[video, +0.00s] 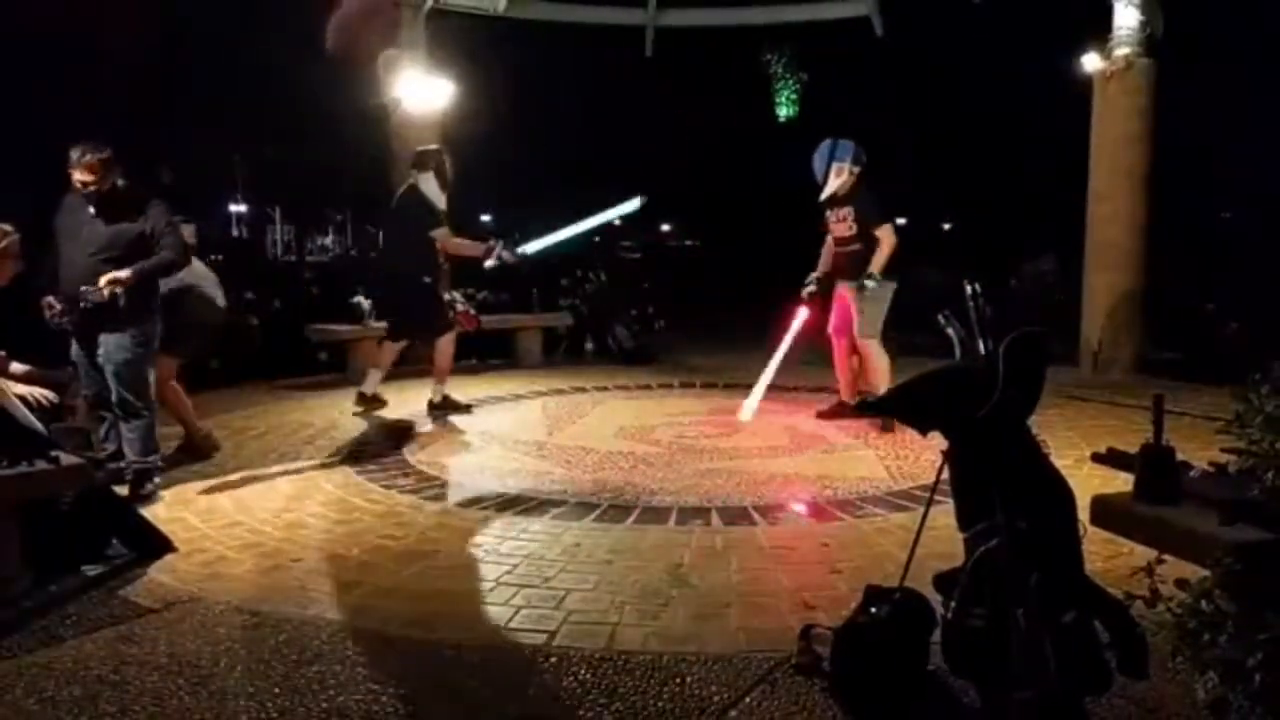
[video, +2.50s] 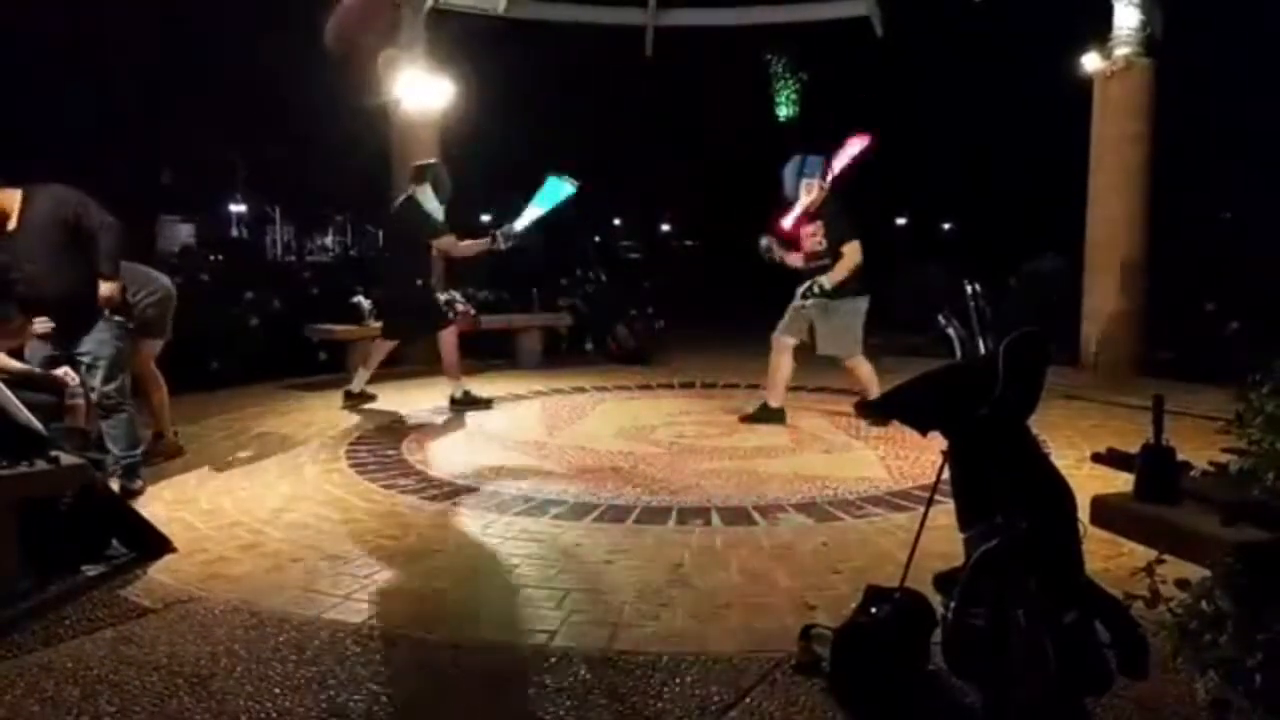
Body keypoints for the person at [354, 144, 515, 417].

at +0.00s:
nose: (450, 175)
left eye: (448, 169)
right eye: (446, 169)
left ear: (419, 168)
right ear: (435, 169)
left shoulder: (408, 195)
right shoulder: (422, 197)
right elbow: (446, 242)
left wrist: (482, 248)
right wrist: (486, 249)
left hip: (397, 277)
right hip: (415, 279)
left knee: (399, 332)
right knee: (446, 329)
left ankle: (368, 390)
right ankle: (439, 396)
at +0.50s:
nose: (448, 174)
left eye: (447, 168)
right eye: (444, 168)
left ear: (418, 168)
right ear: (432, 168)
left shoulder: (408, 193)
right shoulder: (421, 197)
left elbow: (420, 244)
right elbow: (424, 246)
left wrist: (446, 264)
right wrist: (453, 269)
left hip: (403, 274)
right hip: (417, 275)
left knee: (408, 329)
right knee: (449, 328)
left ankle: (392, 390)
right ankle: (441, 391)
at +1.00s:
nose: (476, 182)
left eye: (474, 176)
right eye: (472, 176)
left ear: (447, 175)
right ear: (461, 176)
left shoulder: (438, 200)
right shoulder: (444, 205)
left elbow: (457, 252)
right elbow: (457, 255)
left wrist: (488, 264)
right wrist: (490, 265)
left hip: (421, 277)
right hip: (432, 279)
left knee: (425, 329)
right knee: (471, 327)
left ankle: (396, 384)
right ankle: (473, 391)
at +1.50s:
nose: (451, 185)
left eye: (451, 179)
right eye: (447, 179)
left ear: (432, 180)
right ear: (435, 181)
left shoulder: (432, 208)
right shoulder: (415, 212)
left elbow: (431, 249)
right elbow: (415, 260)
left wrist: (446, 274)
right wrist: (440, 286)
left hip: (418, 277)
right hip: (410, 280)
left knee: (401, 334)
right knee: (447, 327)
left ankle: (369, 386)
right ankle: (467, 389)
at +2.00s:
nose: (439, 176)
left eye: (438, 170)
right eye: (434, 170)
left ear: (417, 173)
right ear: (421, 172)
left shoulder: (419, 199)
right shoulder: (402, 199)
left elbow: (426, 232)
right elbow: (419, 233)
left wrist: (448, 225)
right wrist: (448, 227)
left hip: (400, 280)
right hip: (400, 281)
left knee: (392, 332)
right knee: (442, 322)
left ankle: (365, 387)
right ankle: (449, 389)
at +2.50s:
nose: (446, 193)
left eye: (445, 187)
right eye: (443, 187)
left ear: (418, 182)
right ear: (431, 184)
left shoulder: (402, 207)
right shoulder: (417, 211)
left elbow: (437, 245)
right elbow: (454, 248)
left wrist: (484, 243)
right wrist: (491, 242)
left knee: (391, 334)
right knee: (447, 326)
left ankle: (355, 387)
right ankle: (458, 392)